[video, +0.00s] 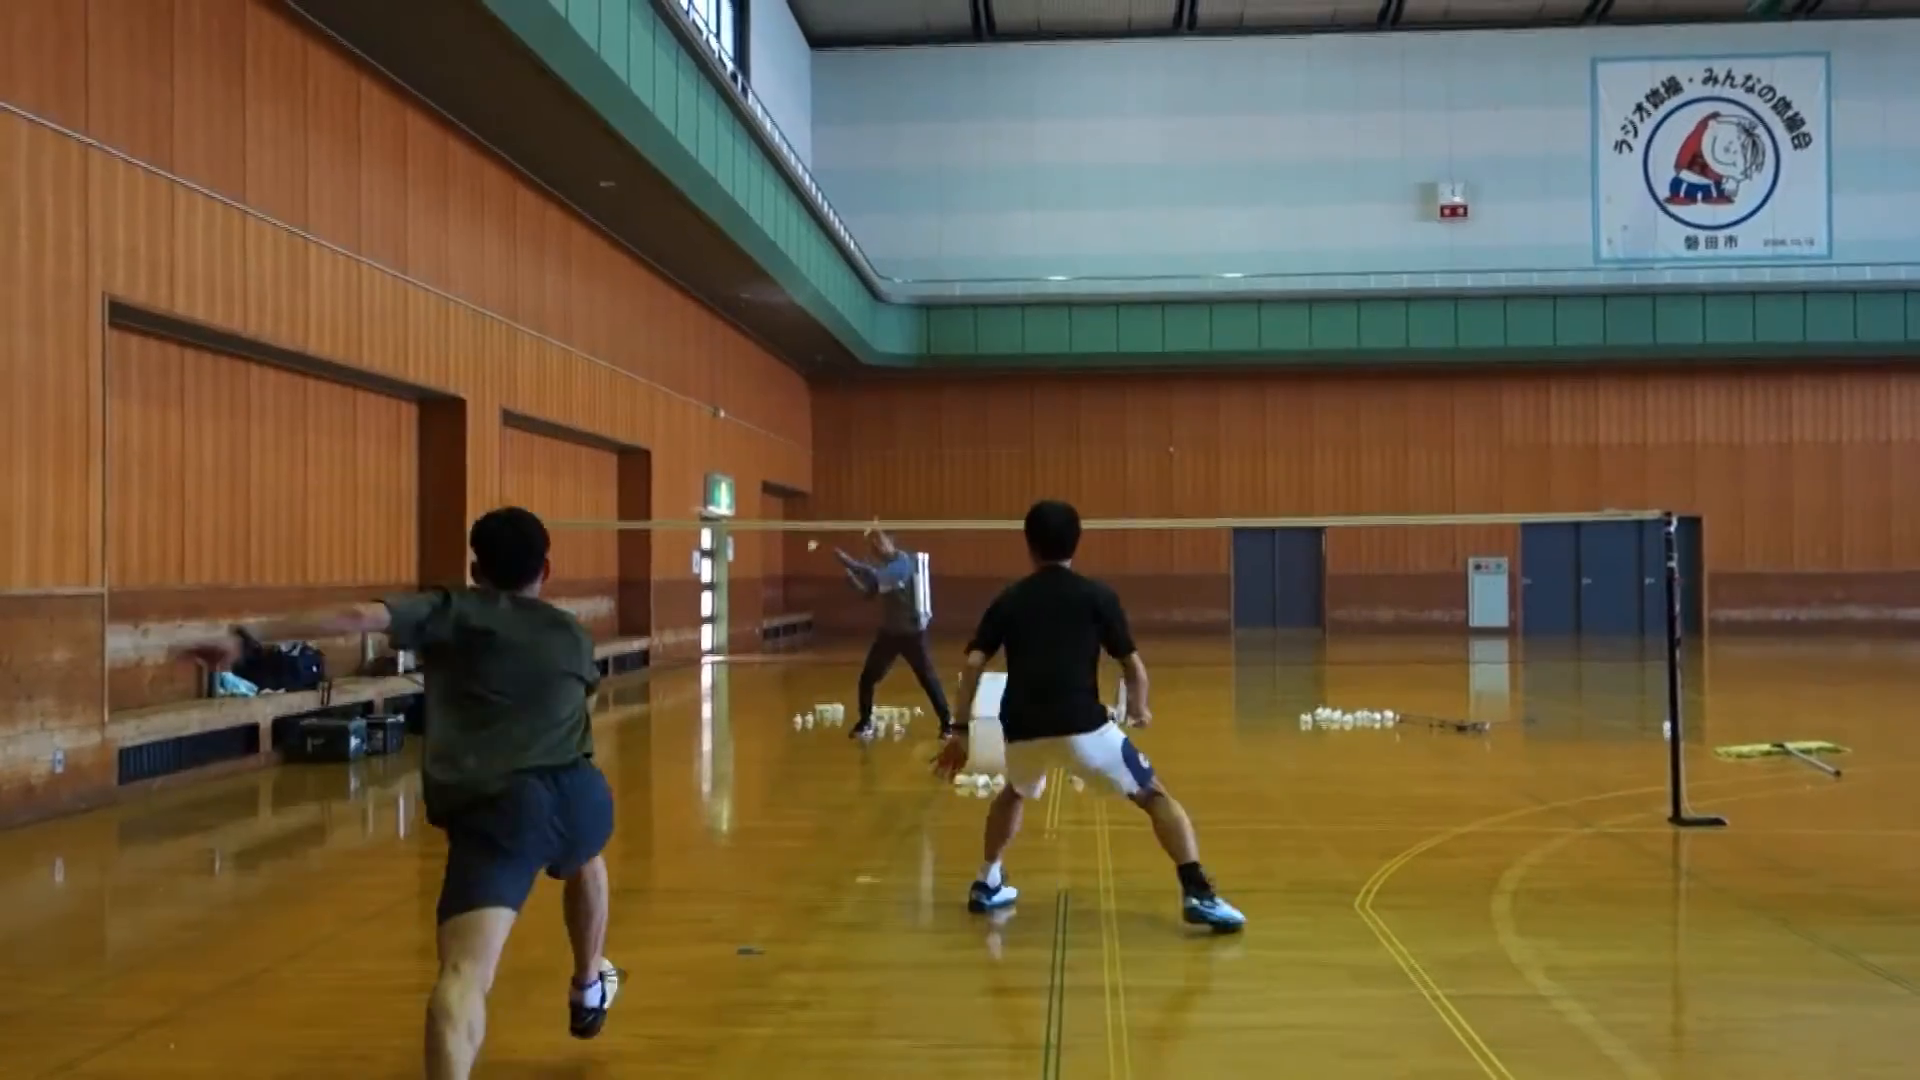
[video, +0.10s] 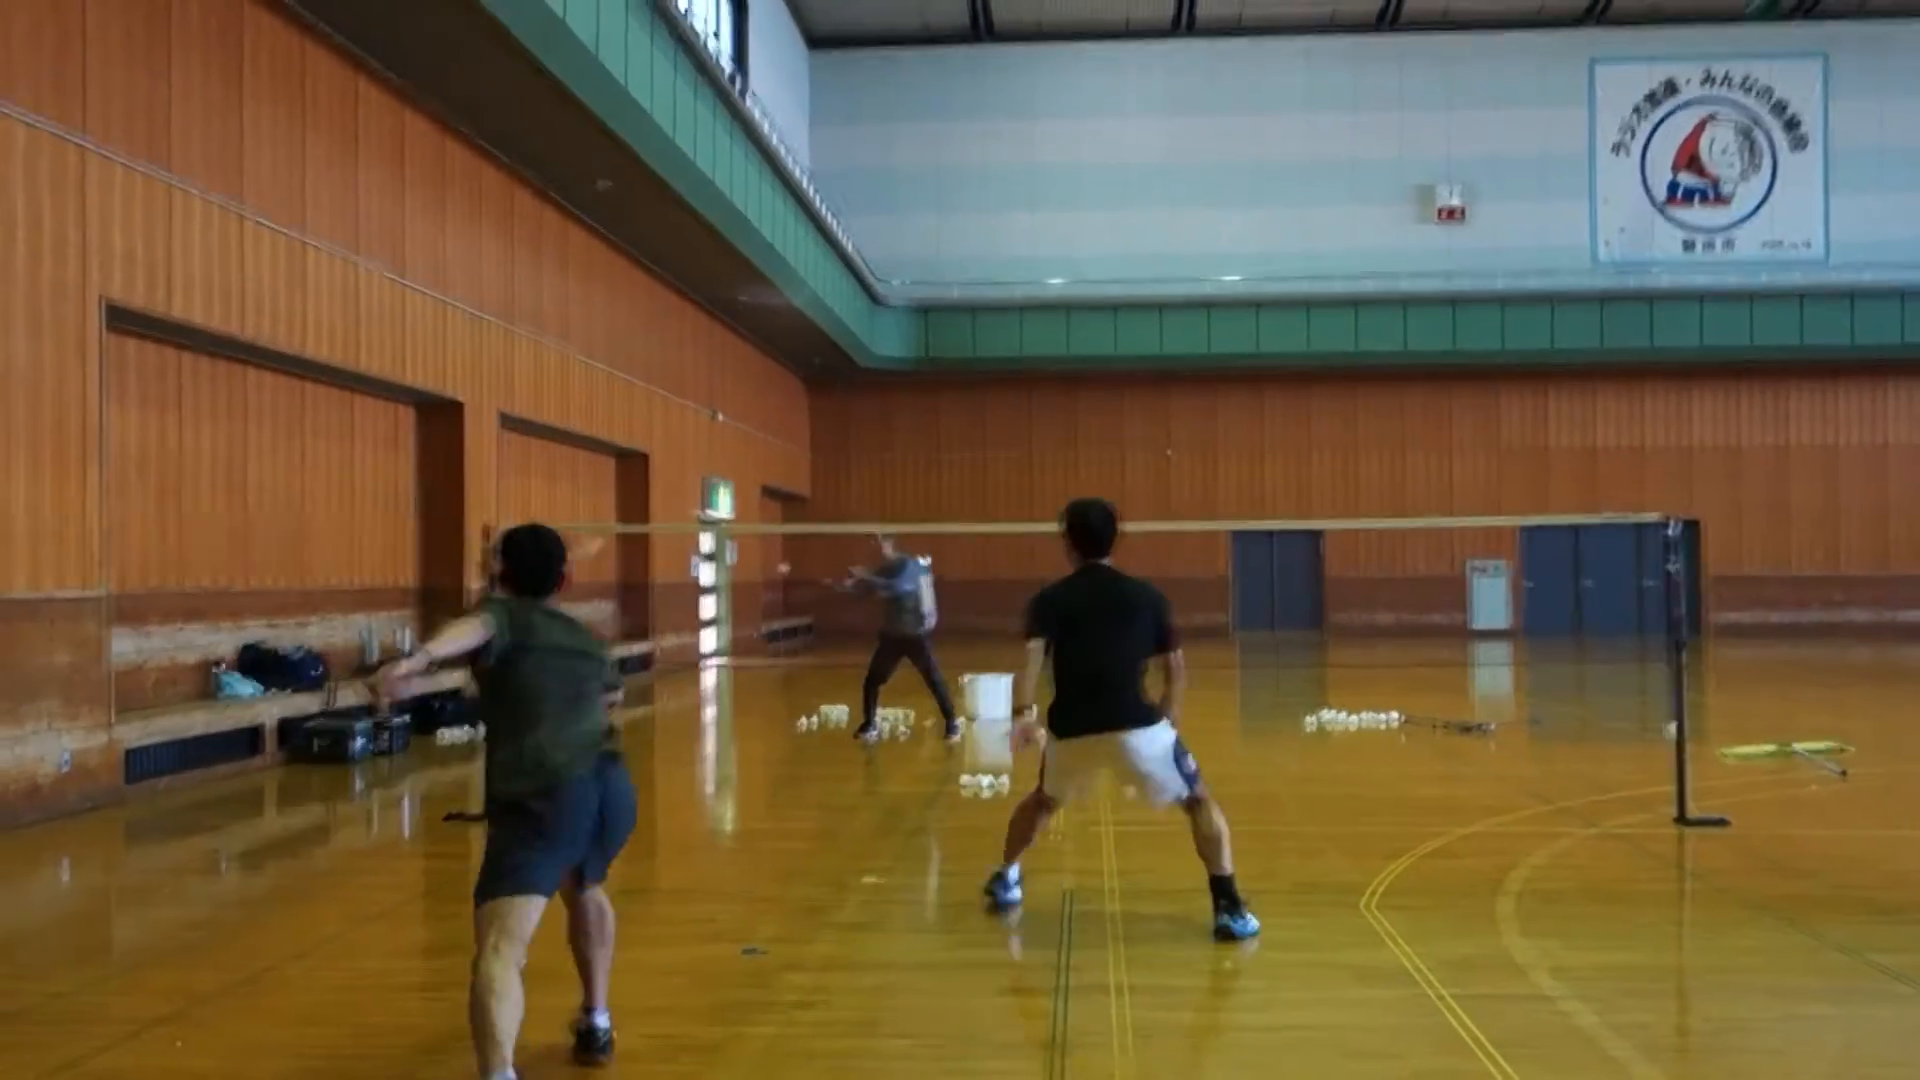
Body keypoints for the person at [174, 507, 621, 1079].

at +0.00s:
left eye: (476, 558)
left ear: (476, 568)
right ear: (544, 571)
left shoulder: (453, 612)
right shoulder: (569, 631)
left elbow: (357, 620)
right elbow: (587, 686)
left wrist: (251, 641)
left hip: (495, 807)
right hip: (575, 797)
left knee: (464, 973)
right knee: (586, 862)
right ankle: (590, 989)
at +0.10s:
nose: (490, 570)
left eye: (494, 561)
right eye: (493, 560)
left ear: (507, 573)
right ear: (559, 578)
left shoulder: (502, 616)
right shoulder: (582, 636)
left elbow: (466, 634)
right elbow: (611, 699)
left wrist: (415, 659)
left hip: (542, 797)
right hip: (608, 790)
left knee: (502, 948)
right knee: (587, 887)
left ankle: (498, 1070)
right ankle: (598, 1020)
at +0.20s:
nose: (496, 556)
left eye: (496, 547)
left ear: (503, 551)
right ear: (562, 552)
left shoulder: (507, 587)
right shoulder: (592, 607)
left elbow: (499, 611)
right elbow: (629, 701)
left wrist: (476, 659)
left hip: (573, 767)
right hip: (632, 761)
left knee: (505, 923)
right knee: (595, 875)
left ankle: (573, 1032)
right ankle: (604, 1009)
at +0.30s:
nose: (504, 539)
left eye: (504, 531)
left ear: (510, 536)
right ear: (568, 535)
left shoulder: (513, 582)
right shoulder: (595, 583)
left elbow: (510, 643)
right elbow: (643, 665)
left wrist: (484, 739)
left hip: (600, 753)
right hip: (651, 742)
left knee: (515, 890)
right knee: (590, 844)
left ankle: (602, 1016)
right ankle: (636, 967)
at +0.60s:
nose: (568, 526)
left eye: (570, 519)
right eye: (577, 517)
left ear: (574, 528)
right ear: (625, 524)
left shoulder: (574, 583)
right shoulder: (648, 577)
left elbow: (511, 638)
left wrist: (438, 628)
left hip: (627, 746)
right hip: (676, 734)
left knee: (561, 858)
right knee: (639, 814)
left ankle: (610, 974)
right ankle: (673, 923)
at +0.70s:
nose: (582, 532)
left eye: (584, 526)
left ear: (587, 534)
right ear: (635, 535)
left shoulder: (599, 585)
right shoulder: (650, 581)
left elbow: (564, 633)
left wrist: (483, 659)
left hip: (638, 736)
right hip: (680, 729)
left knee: (561, 846)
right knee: (630, 804)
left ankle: (600, 977)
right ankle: (657, 914)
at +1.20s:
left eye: (616, 556)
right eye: (660, 545)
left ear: (617, 560)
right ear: (661, 550)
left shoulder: (620, 620)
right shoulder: (703, 589)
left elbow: (592, 690)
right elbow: (774, 619)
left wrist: (565, 734)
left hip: (669, 736)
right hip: (730, 726)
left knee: (622, 804)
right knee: (787, 804)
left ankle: (575, 895)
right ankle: (805, 902)